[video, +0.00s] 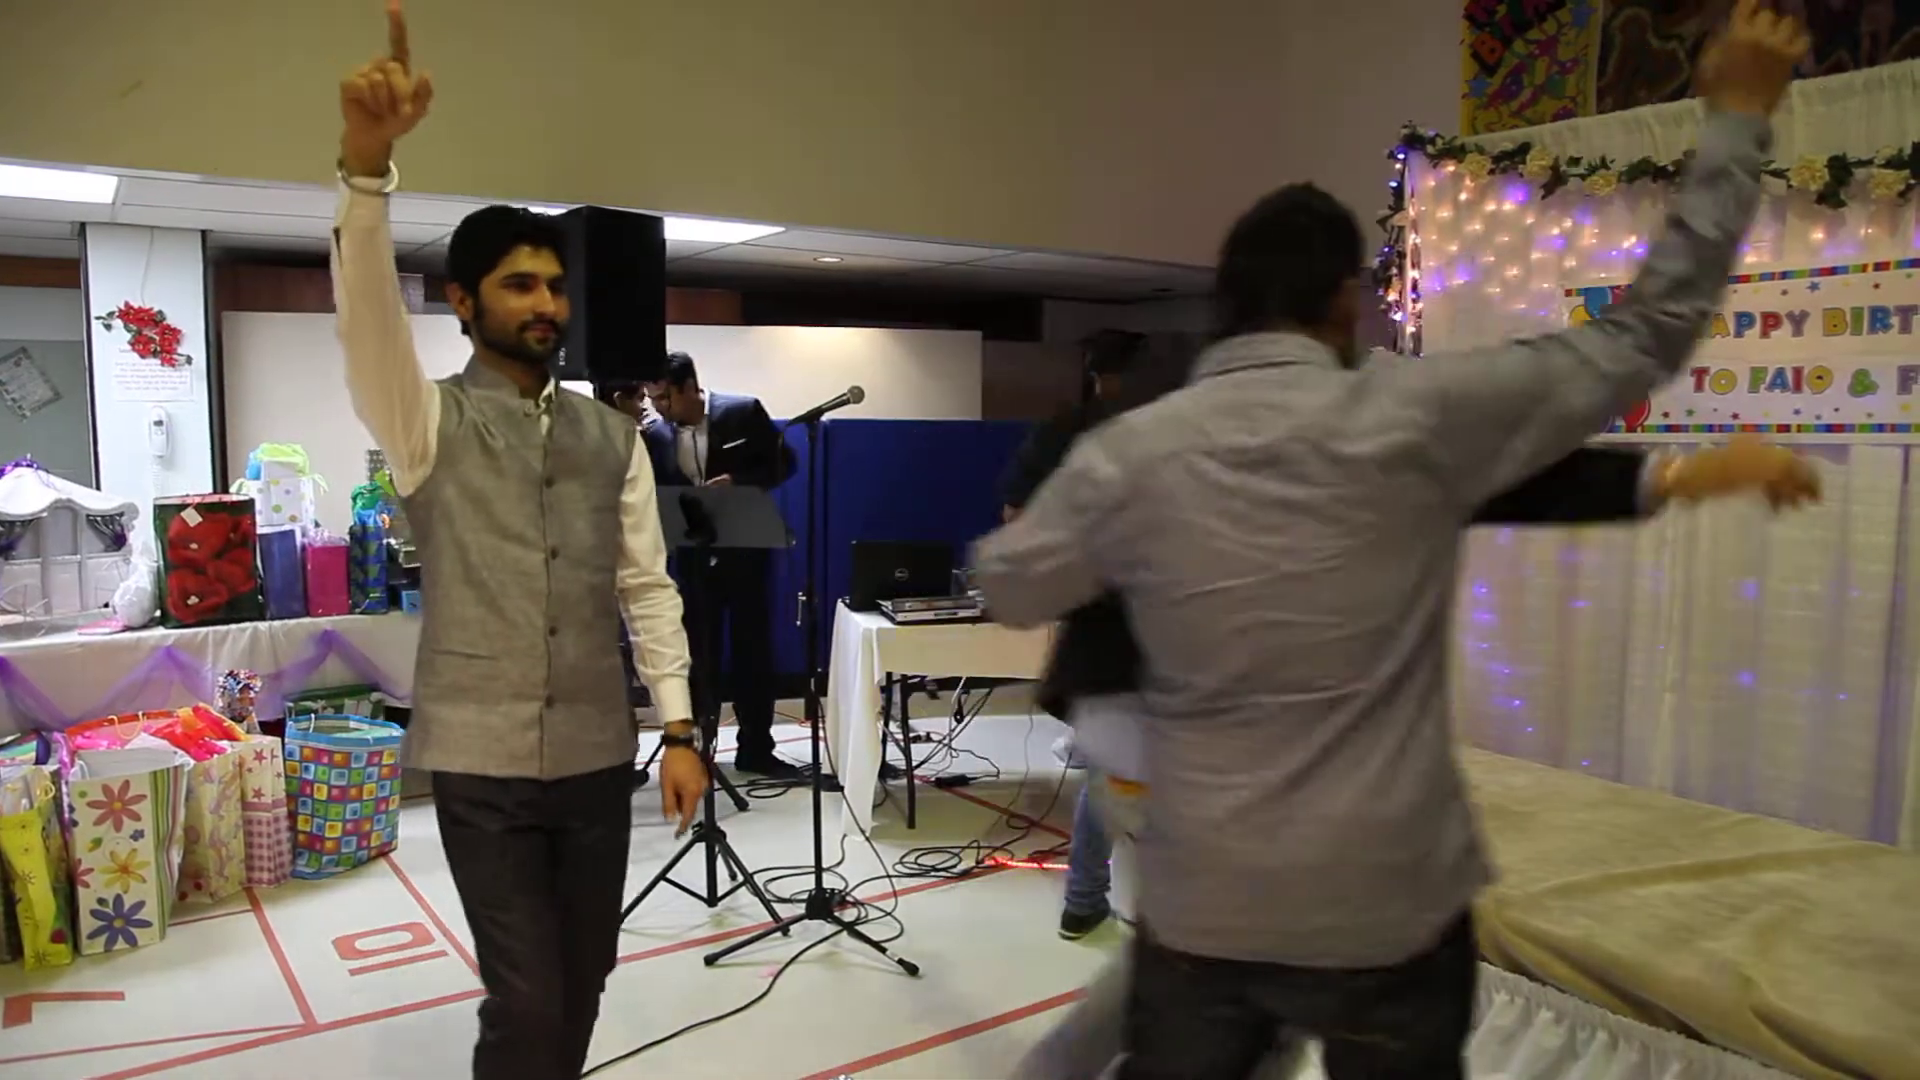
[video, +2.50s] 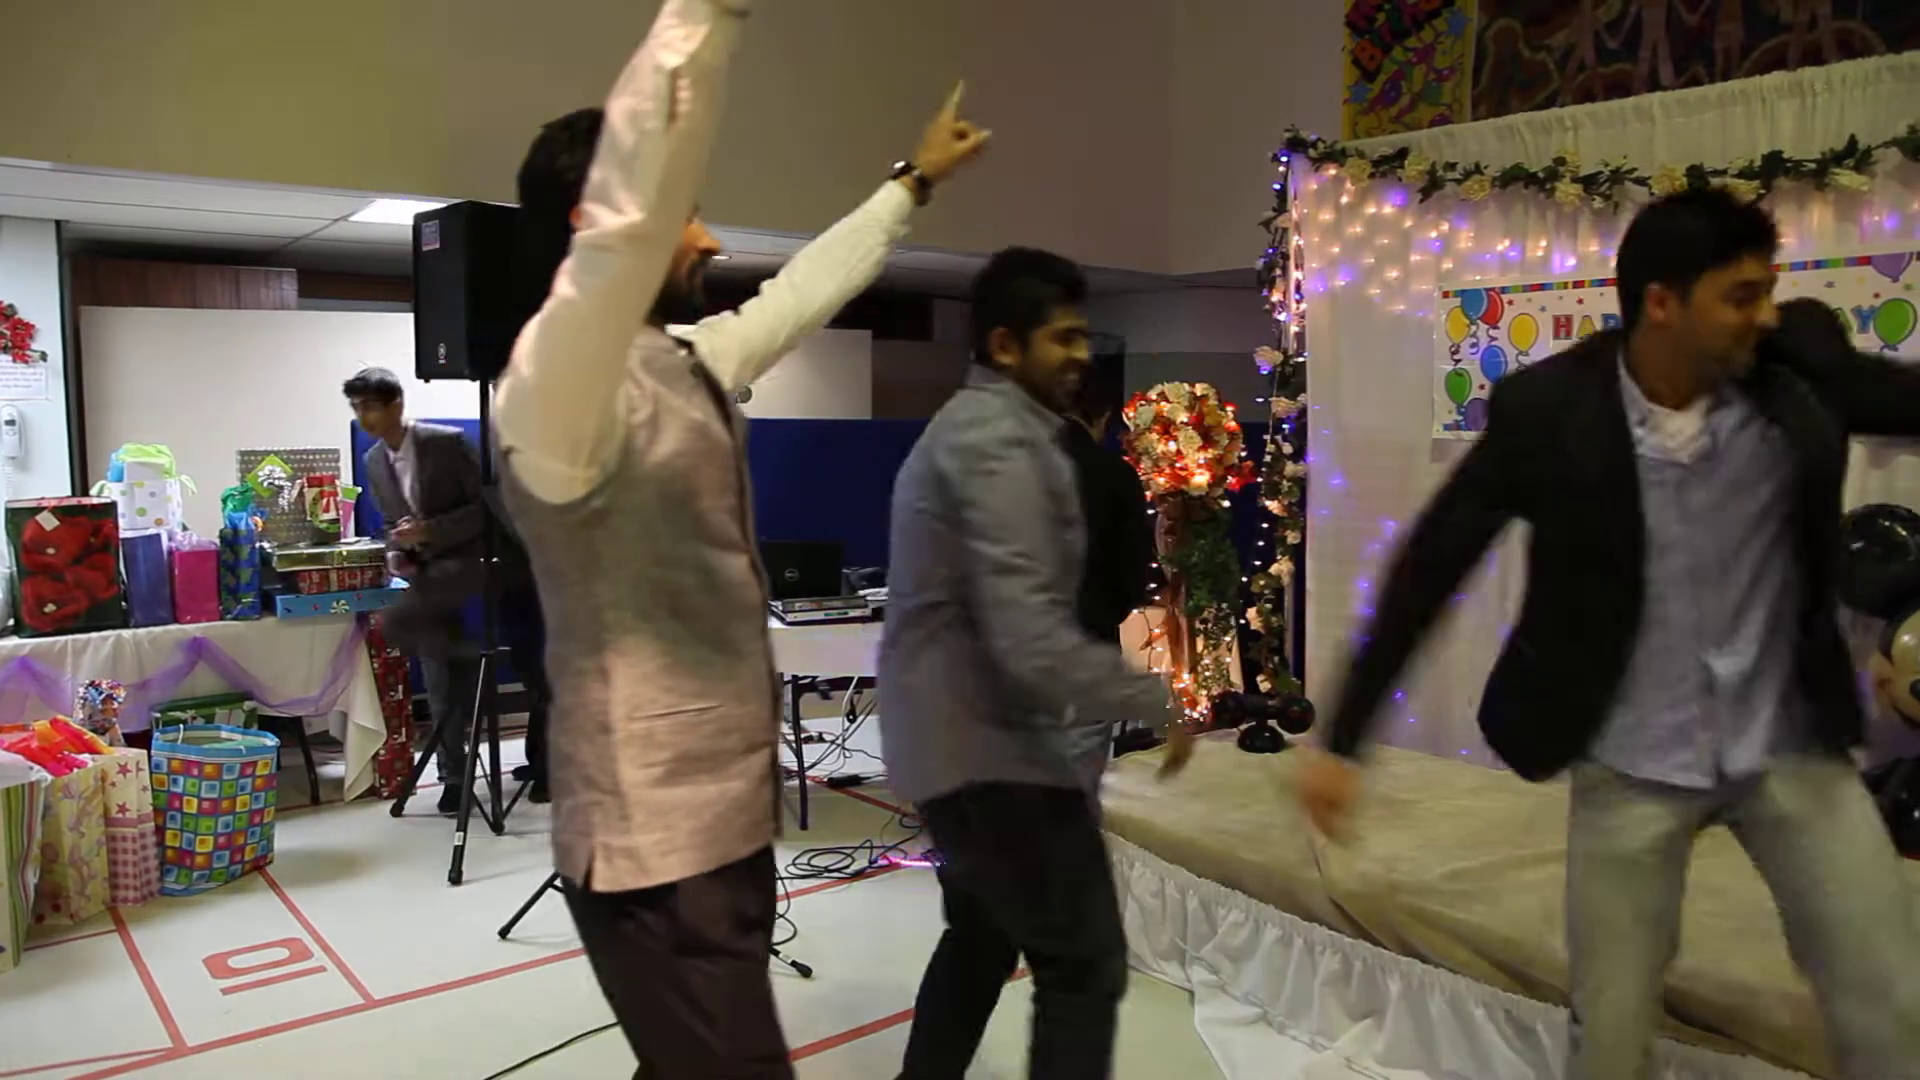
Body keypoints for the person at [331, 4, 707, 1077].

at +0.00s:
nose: (544, 305)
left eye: (555, 288)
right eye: (519, 287)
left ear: (570, 306)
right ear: (463, 305)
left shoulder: (612, 436)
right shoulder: (427, 425)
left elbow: (649, 590)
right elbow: (367, 318)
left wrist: (678, 730)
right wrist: (366, 167)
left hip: (597, 764)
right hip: (480, 766)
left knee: (574, 1004)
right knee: (531, 1011)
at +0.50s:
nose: (501, 256)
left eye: (507, 240)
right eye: (471, 238)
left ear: (515, 261)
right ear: (405, 260)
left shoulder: (546, 395)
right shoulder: (373, 387)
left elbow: (646, 483)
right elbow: (346, 259)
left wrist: (750, 558)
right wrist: (332, 79)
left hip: (554, 759)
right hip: (438, 768)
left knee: (556, 1003)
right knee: (480, 1043)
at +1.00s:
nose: (504, 266)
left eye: (502, 245)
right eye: (477, 247)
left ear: (503, 262)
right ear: (398, 268)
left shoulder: (493, 399)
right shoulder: (367, 425)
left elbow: (587, 367)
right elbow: (407, 267)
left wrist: (675, 283)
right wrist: (463, 47)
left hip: (535, 819)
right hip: (443, 843)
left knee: (639, 1046)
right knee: (504, 1072)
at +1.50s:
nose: (530, 261)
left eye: (531, 239)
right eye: (502, 233)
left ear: (529, 258)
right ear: (432, 244)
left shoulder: (505, 382)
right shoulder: (384, 410)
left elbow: (587, 323)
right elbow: (421, 242)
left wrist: (670, 223)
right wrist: (482, 26)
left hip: (561, 827)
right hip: (463, 851)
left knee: (622, 1065)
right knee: (479, 1074)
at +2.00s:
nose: (596, 254)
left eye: (591, 229)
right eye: (568, 226)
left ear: (568, 241)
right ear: (487, 233)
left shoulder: (569, 370)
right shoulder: (438, 403)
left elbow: (664, 299)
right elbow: (477, 227)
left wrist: (761, 188)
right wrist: (539, 16)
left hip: (619, 818)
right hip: (533, 845)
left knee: (653, 1067)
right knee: (599, 1074)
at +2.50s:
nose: (707, 232)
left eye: (698, 208)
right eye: (678, 213)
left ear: (648, 230)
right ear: (603, 226)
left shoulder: (693, 364)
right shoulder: (557, 401)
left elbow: (801, 293)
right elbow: (627, 206)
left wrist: (913, 183)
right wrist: (705, 3)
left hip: (725, 830)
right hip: (651, 853)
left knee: (706, 1064)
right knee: (733, 1071)